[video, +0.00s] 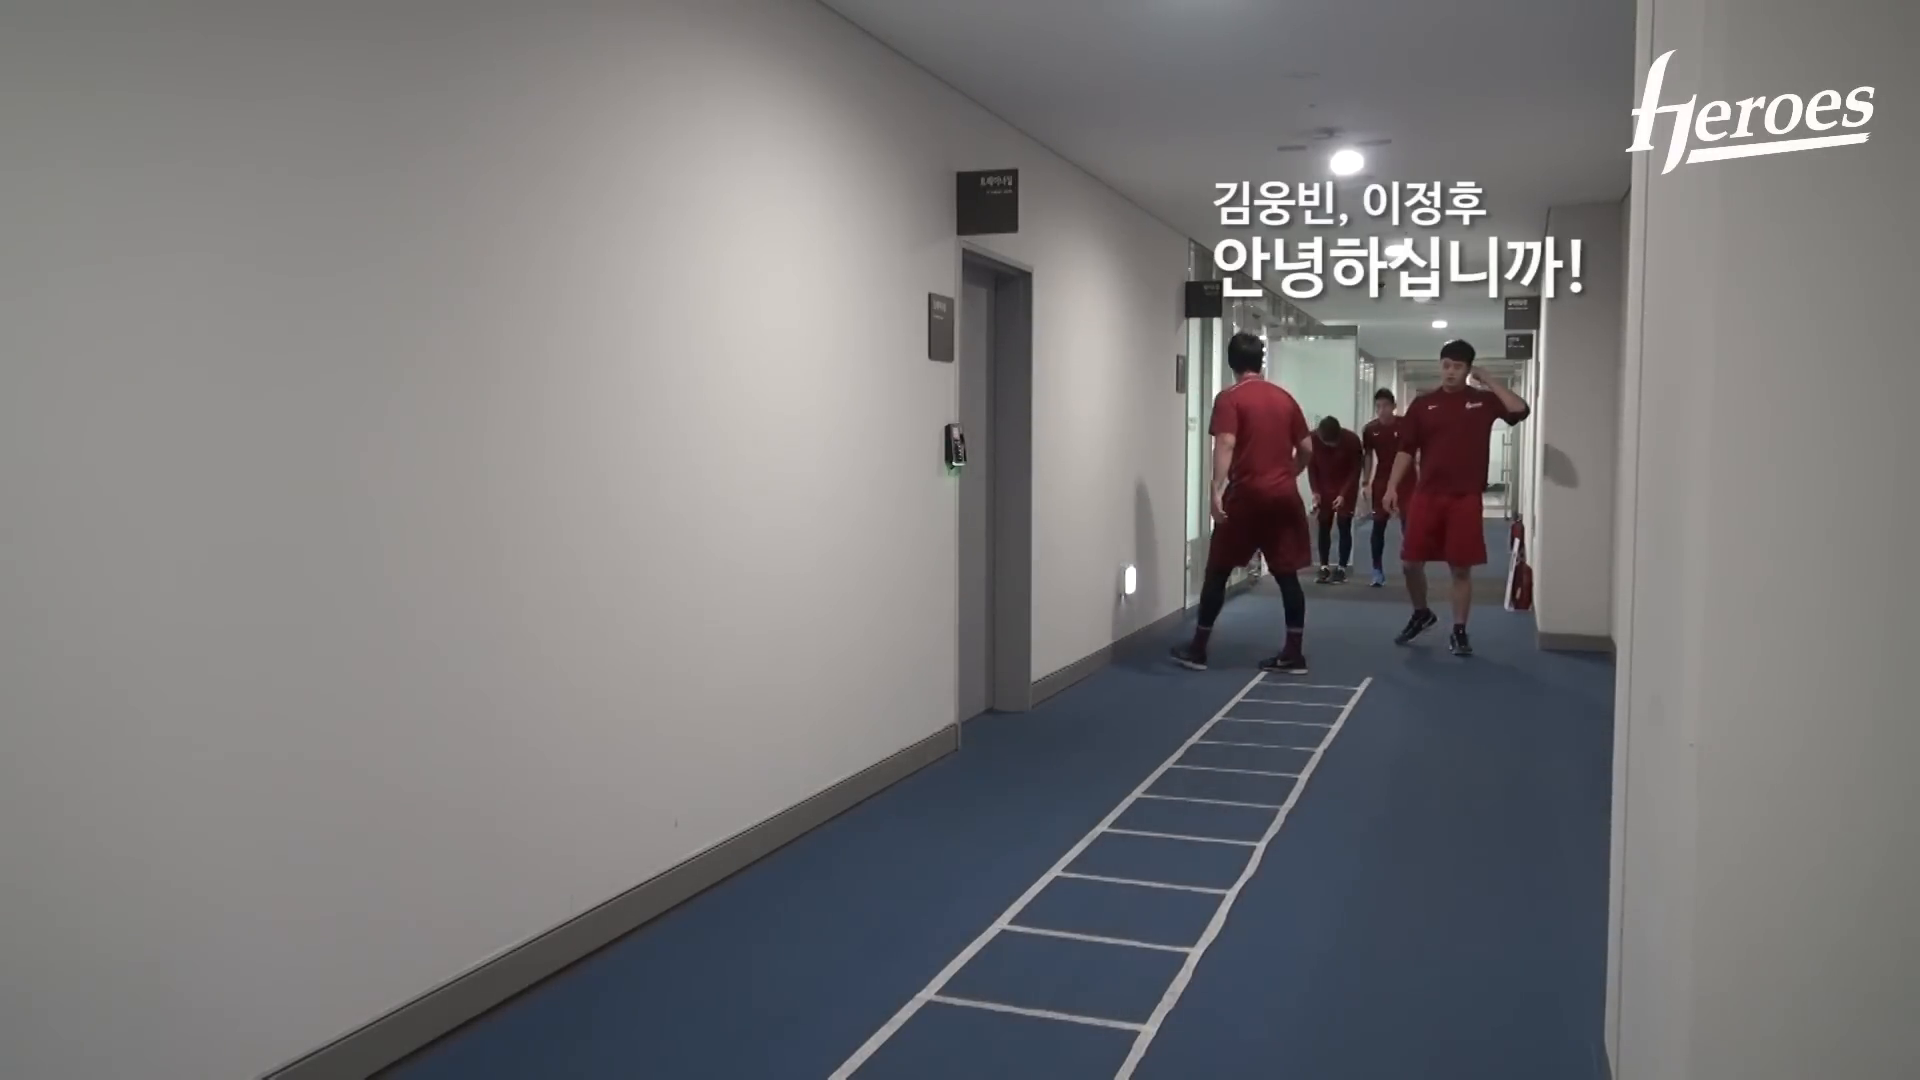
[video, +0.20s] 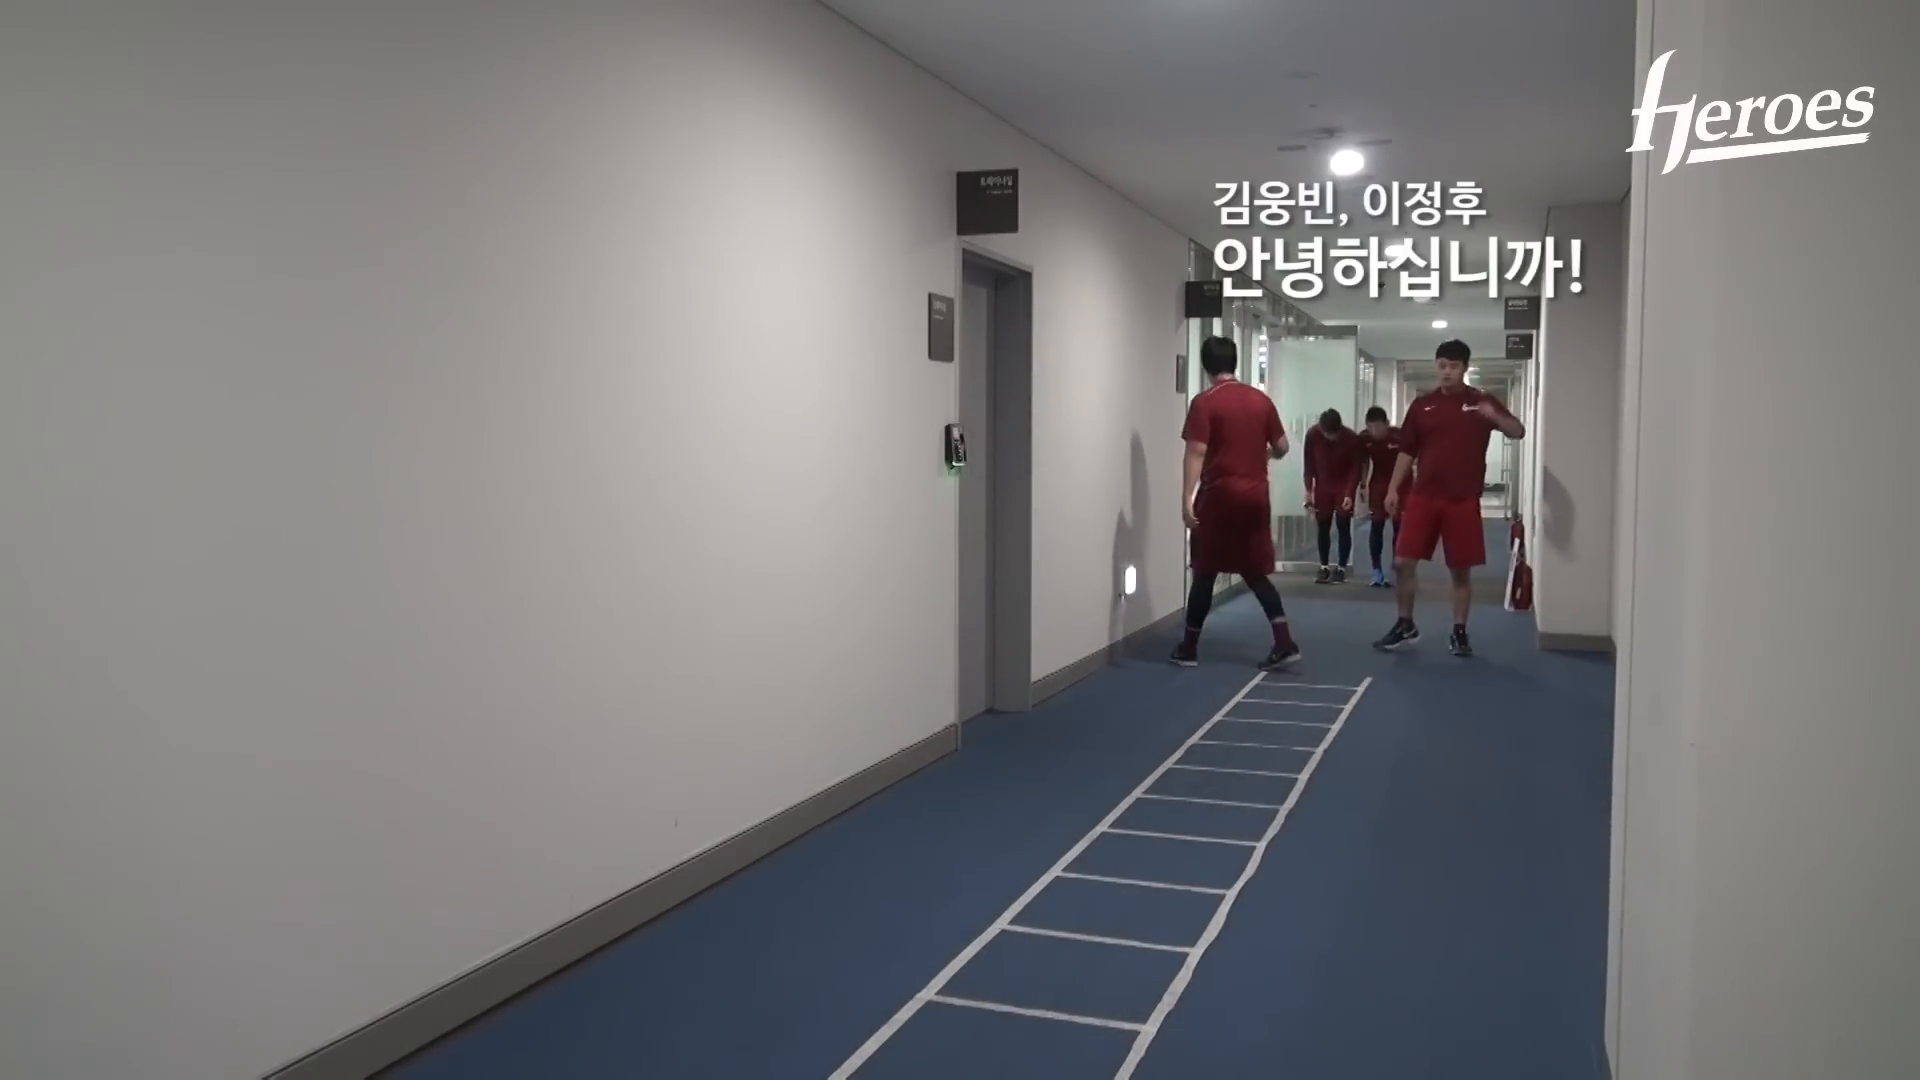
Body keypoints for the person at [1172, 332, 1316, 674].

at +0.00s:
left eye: (1231, 362)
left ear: (1231, 363)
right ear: (1261, 361)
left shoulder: (1229, 398)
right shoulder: (1285, 397)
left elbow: (1226, 442)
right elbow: (1306, 450)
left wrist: (1216, 489)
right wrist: (1286, 475)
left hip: (1245, 498)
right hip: (1284, 498)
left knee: (1217, 571)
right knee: (1287, 573)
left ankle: (1198, 648)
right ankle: (1293, 653)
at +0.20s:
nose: (1207, 371)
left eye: (1204, 366)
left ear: (1205, 366)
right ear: (1235, 364)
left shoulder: (1204, 402)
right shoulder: (1260, 398)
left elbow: (1196, 452)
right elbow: (1281, 447)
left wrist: (1187, 499)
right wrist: (1265, 450)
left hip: (1219, 497)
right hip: (1255, 497)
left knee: (1204, 573)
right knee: (1254, 571)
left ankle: (1188, 647)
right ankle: (1284, 643)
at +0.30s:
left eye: (1194, 364)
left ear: (1195, 365)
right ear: (1226, 363)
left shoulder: (1192, 401)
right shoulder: (1251, 396)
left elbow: (1183, 454)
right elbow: (1277, 437)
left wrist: (1173, 499)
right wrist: (1251, 420)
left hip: (1210, 494)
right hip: (1246, 493)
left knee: (1201, 570)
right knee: (1236, 565)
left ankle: (1189, 647)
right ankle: (1267, 625)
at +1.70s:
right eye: (1248, 372)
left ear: (1223, 378)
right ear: (1251, 374)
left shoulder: (1214, 408)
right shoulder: (1266, 402)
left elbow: (1199, 450)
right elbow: (1291, 415)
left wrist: (1186, 488)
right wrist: (1268, 390)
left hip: (1219, 489)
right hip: (1252, 489)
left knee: (1225, 553)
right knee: (1252, 555)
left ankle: (1226, 616)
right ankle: (1231, 611)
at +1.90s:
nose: (1262, 373)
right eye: (1261, 369)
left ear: (1236, 375)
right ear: (1262, 371)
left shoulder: (1223, 403)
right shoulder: (1276, 399)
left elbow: (1208, 445)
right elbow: (1305, 411)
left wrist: (1200, 481)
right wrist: (1281, 384)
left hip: (1229, 489)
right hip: (1263, 488)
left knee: (1229, 553)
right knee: (1283, 548)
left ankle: (1227, 620)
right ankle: (1255, 603)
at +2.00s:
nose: (1270, 377)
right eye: (1270, 372)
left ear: (1245, 375)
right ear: (1272, 373)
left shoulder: (1231, 402)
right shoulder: (1283, 400)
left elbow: (1215, 443)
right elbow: (1313, 413)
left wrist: (1208, 476)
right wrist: (1290, 385)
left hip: (1233, 489)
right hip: (1270, 488)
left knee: (1232, 553)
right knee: (1295, 545)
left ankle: (1227, 618)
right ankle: (1284, 611)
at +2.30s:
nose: (1308, 380)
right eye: (1308, 376)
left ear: (1282, 377)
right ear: (1308, 377)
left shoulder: (1267, 405)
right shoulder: (1315, 407)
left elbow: (1249, 444)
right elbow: (1348, 420)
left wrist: (1244, 478)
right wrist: (1329, 393)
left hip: (1266, 489)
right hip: (1300, 491)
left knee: (1254, 552)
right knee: (1308, 555)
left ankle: (1233, 610)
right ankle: (1318, 616)